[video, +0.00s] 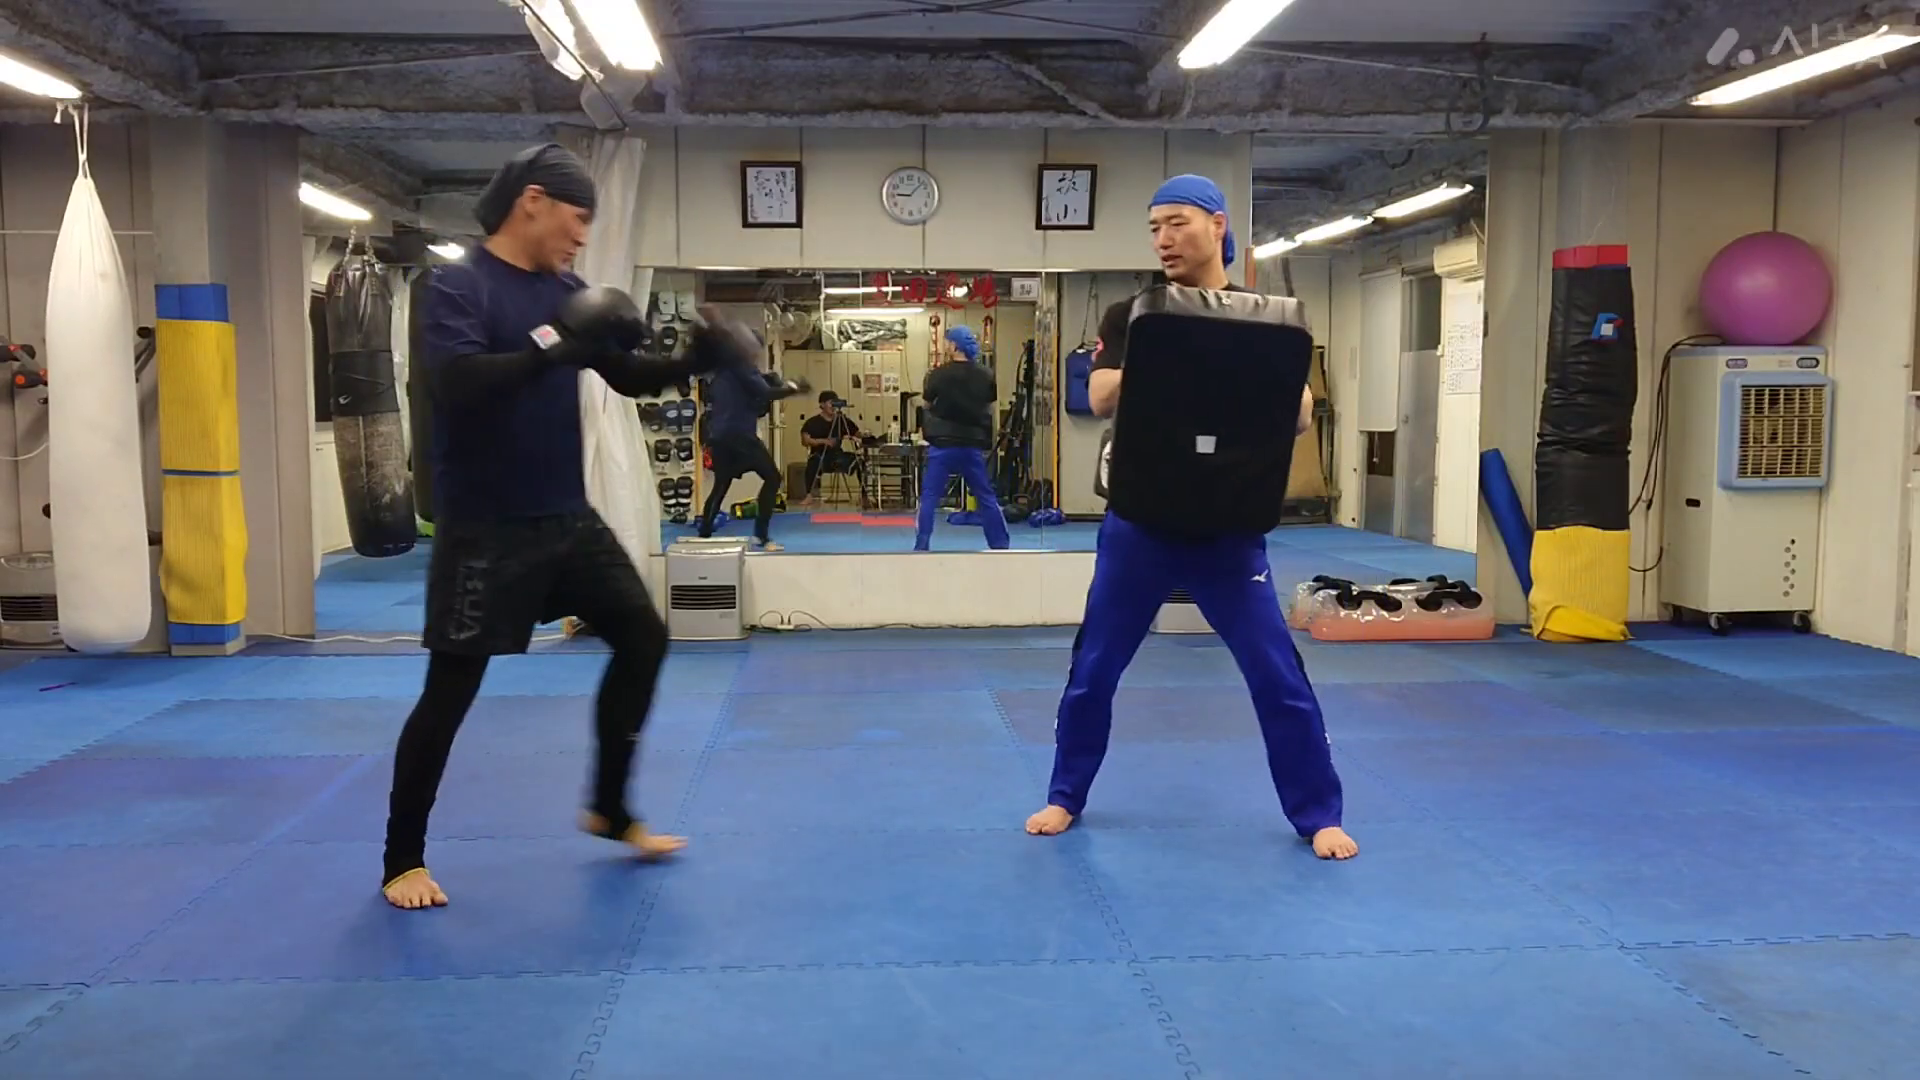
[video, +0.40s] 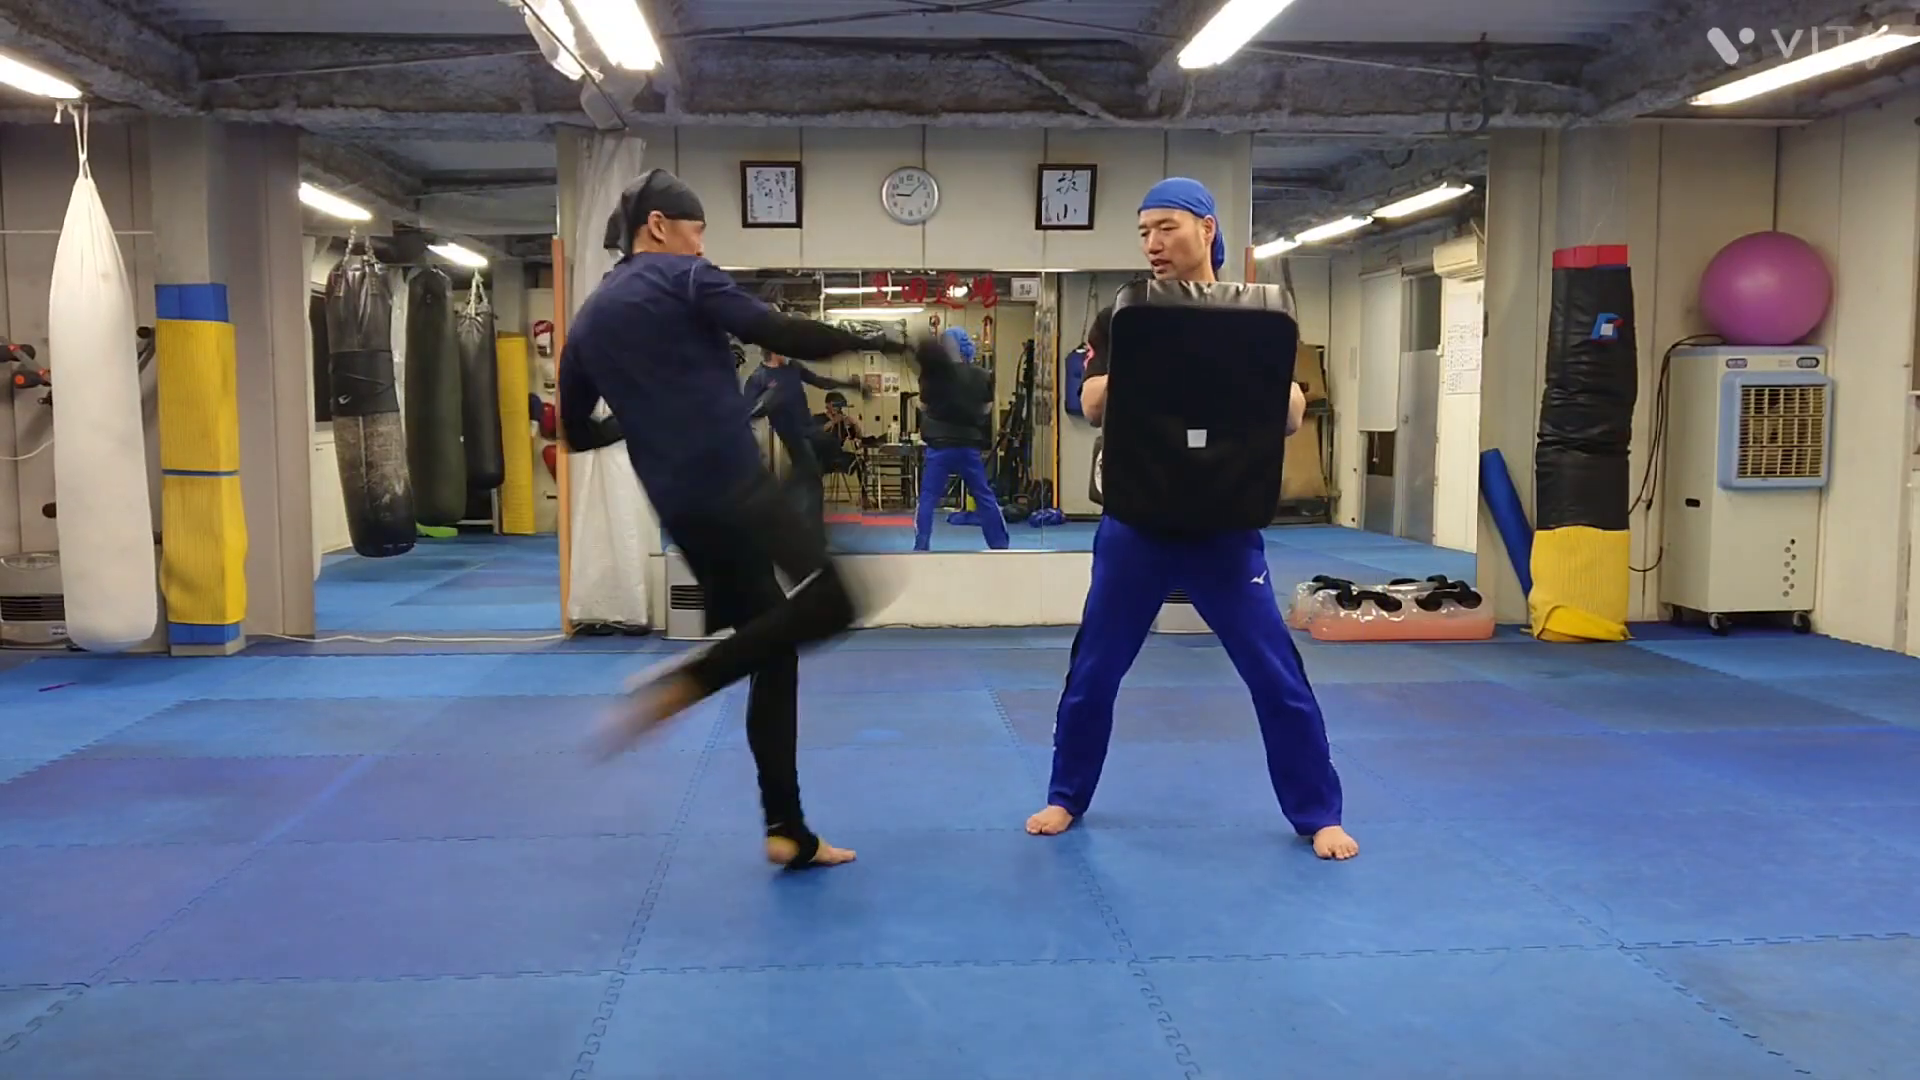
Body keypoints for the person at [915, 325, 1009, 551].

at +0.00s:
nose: (945, 347)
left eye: (947, 343)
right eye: (946, 342)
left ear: (954, 346)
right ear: (970, 347)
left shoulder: (941, 373)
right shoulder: (985, 375)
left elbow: (928, 395)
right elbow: (991, 398)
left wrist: (936, 372)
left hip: (943, 443)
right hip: (973, 443)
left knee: (930, 496)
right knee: (985, 495)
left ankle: (921, 545)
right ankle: (1000, 545)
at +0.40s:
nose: (945, 350)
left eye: (945, 346)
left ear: (943, 350)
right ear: (967, 348)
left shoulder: (932, 374)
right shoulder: (979, 375)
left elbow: (924, 405)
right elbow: (986, 407)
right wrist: (966, 414)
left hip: (939, 445)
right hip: (969, 444)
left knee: (928, 497)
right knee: (983, 495)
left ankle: (921, 546)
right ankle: (999, 544)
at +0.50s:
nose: (940, 349)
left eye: (942, 346)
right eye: (941, 345)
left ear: (951, 349)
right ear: (966, 349)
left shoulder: (935, 378)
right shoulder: (981, 377)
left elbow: (925, 413)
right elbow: (987, 406)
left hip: (940, 445)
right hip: (971, 444)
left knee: (928, 497)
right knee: (980, 492)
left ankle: (921, 546)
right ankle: (1000, 543)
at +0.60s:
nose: (943, 351)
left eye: (945, 347)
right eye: (944, 347)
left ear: (952, 350)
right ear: (969, 350)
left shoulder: (936, 378)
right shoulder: (985, 379)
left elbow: (927, 412)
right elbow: (989, 413)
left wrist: (923, 437)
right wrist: (985, 442)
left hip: (938, 445)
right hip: (969, 446)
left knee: (927, 498)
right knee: (981, 494)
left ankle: (921, 546)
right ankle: (999, 543)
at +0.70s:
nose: (945, 349)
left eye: (947, 346)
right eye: (947, 345)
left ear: (952, 349)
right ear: (971, 349)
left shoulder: (938, 376)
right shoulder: (986, 379)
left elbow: (927, 400)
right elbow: (990, 408)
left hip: (941, 453)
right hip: (976, 453)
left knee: (927, 493)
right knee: (988, 498)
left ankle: (922, 545)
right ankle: (1000, 547)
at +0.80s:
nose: (946, 345)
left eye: (947, 342)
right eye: (947, 341)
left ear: (952, 345)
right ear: (972, 345)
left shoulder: (938, 373)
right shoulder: (985, 376)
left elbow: (926, 403)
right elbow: (991, 407)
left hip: (944, 445)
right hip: (975, 444)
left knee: (930, 496)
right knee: (990, 494)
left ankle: (923, 545)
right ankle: (1002, 543)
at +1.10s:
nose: (968, 351)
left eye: (971, 347)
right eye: (970, 347)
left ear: (978, 351)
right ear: (993, 351)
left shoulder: (964, 379)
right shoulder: (1008, 378)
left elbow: (952, 411)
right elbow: (1020, 412)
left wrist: (973, 420)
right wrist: (999, 422)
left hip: (966, 450)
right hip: (997, 450)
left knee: (943, 501)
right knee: (1013, 503)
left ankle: (922, 549)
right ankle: (1033, 550)